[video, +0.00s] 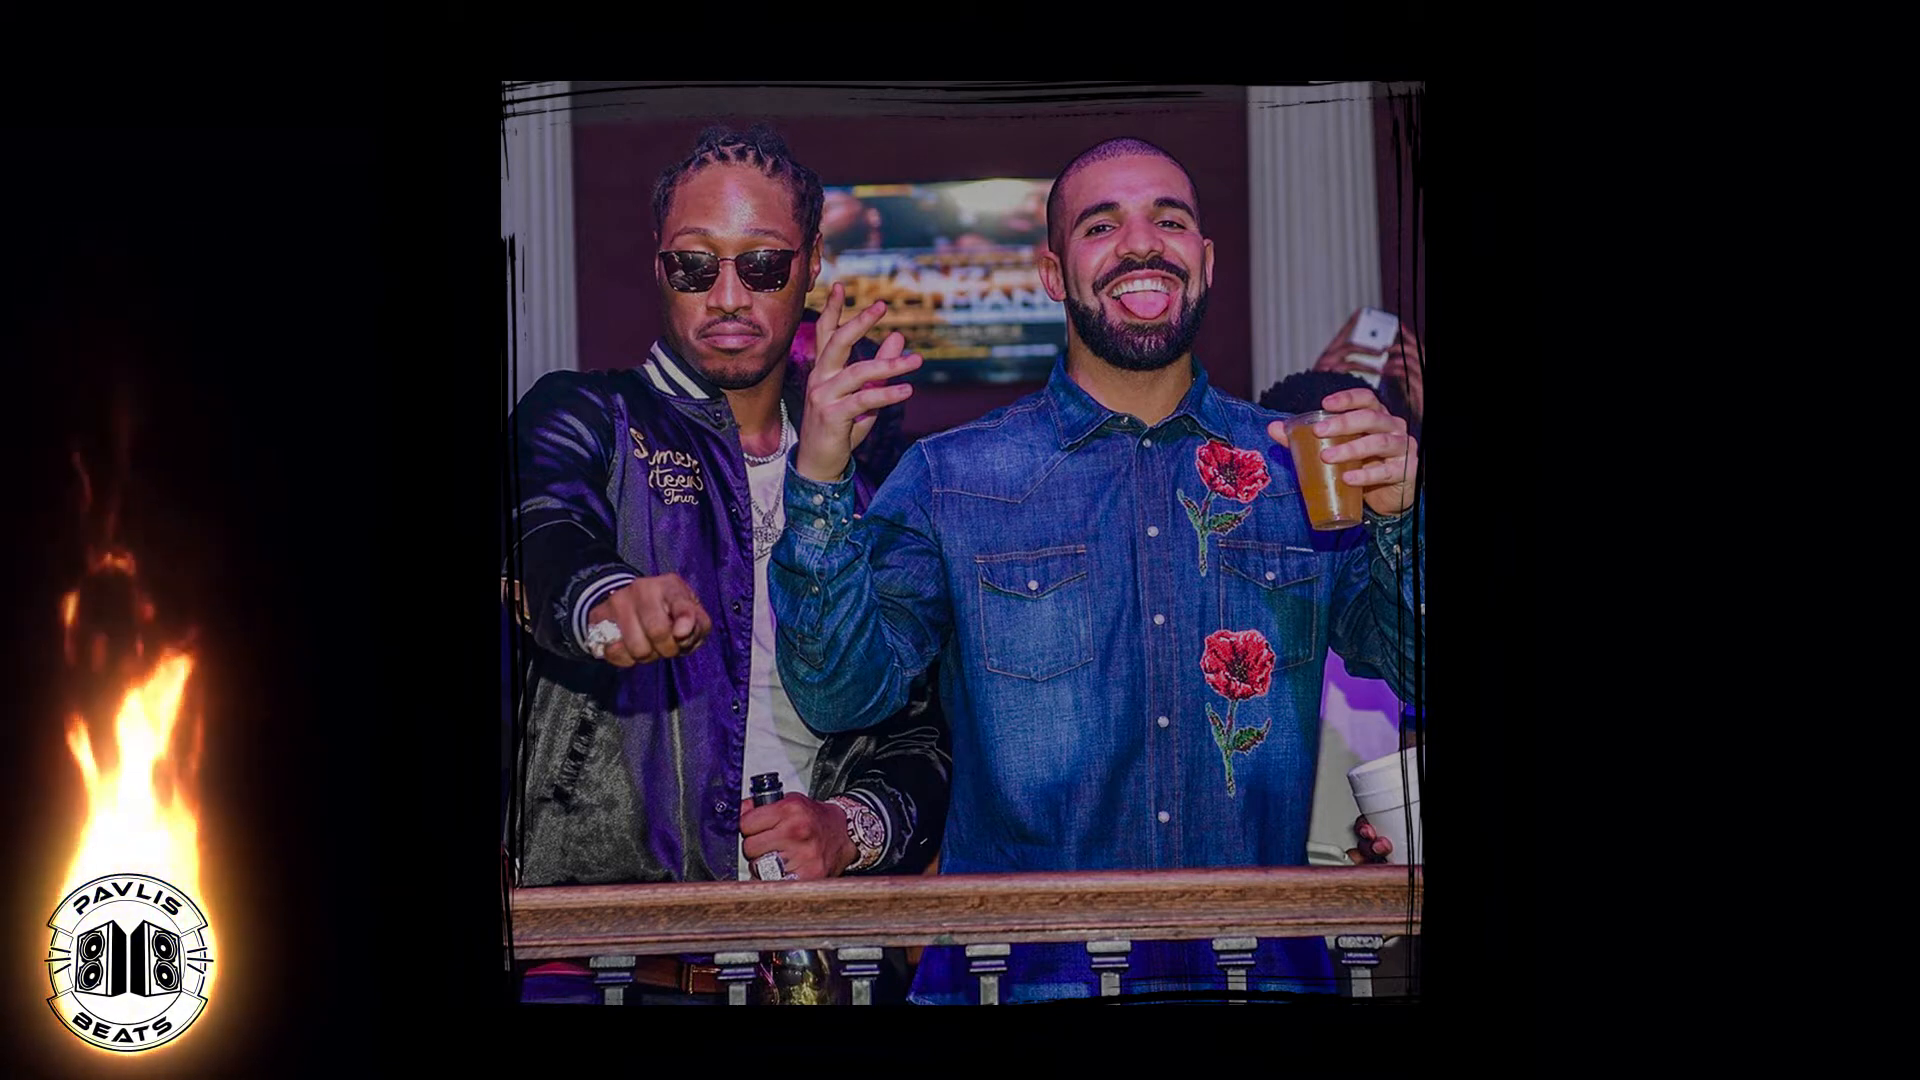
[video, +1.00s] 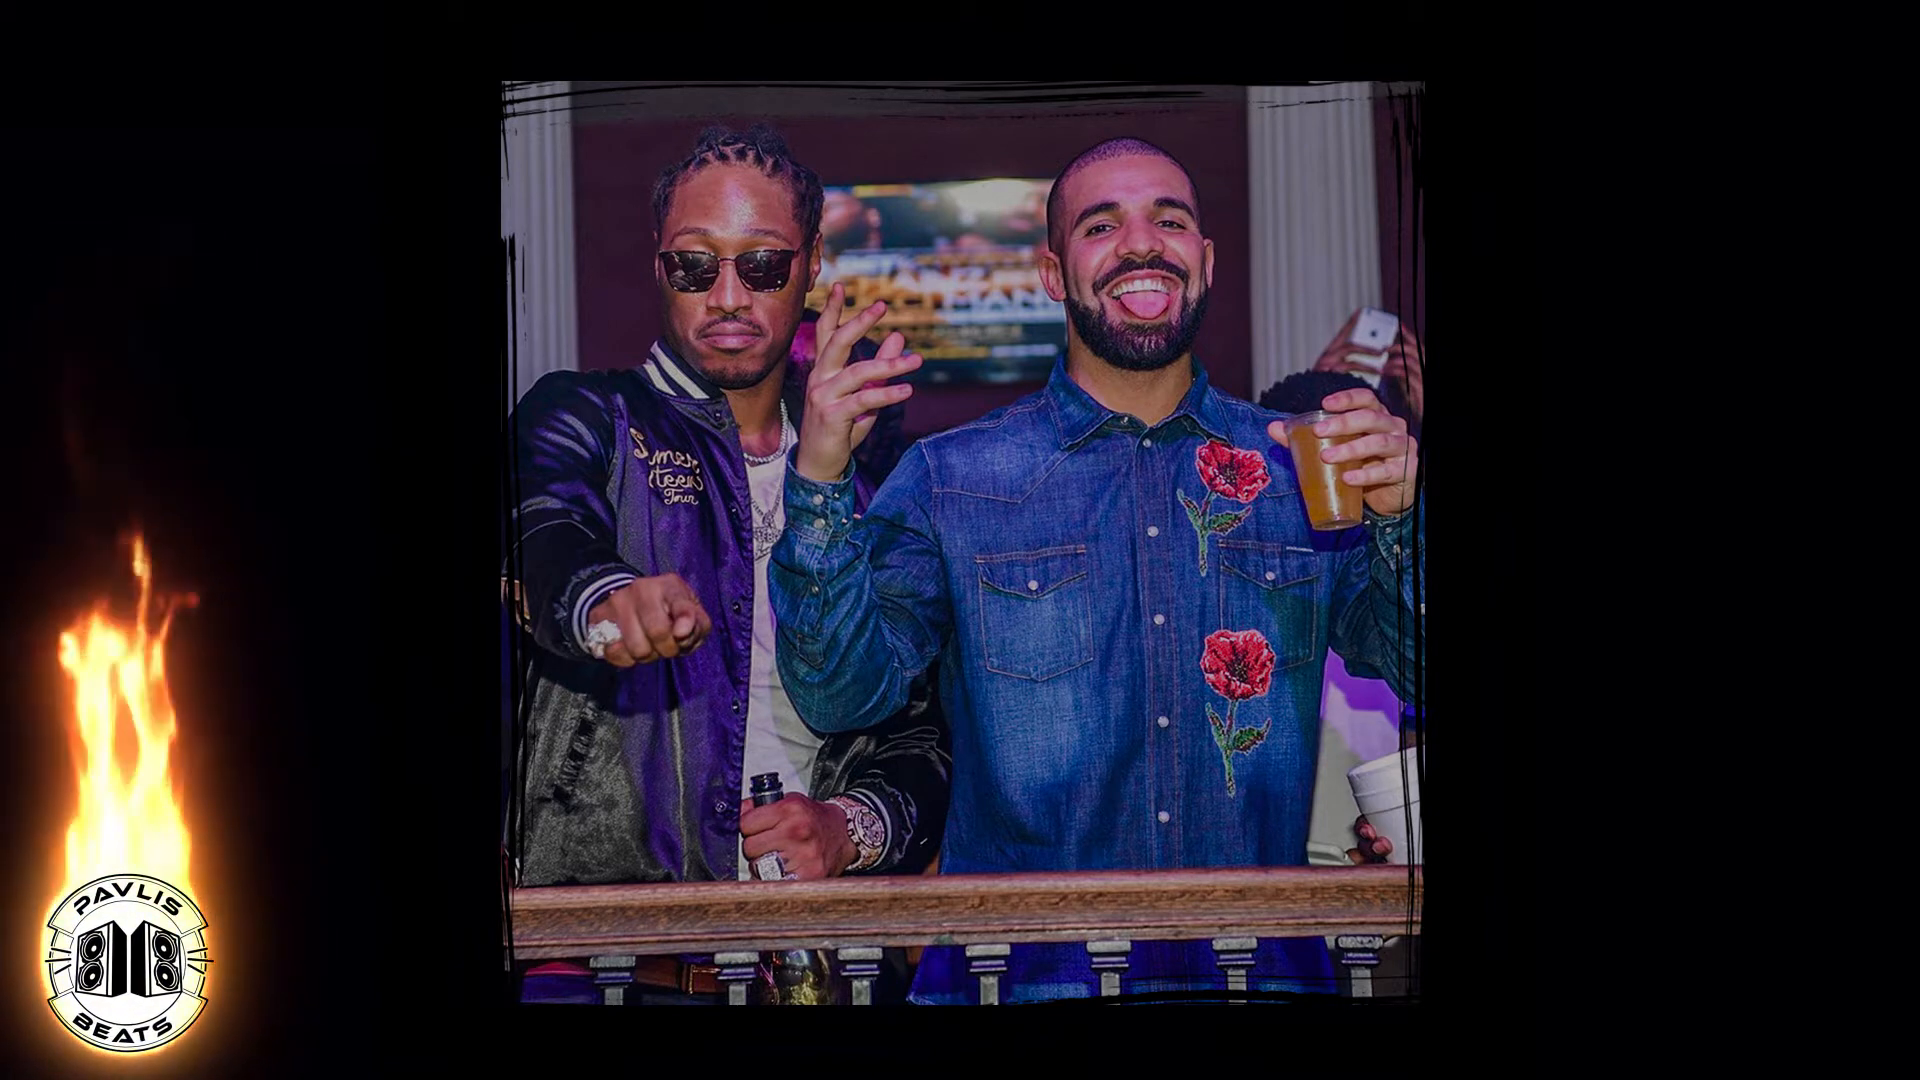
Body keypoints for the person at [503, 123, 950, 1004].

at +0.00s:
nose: (729, 296)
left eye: (764, 266)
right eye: (694, 266)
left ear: (811, 274)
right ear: (658, 272)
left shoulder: (878, 460)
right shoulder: (581, 412)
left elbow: (926, 725)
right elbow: (540, 525)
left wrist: (857, 826)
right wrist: (602, 595)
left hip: (827, 944)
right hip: (605, 943)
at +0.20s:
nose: (729, 296)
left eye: (763, 266)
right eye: (694, 266)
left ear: (811, 274)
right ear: (658, 272)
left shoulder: (878, 460)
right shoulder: (581, 412)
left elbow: (926, 725)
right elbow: (540, 525)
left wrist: (857, 826)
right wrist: (602, 595)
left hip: (827, 944)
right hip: (605, 943)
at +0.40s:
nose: (729, 296)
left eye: (764, 266)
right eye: (694, 266)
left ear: (811, 274)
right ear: (658, 272)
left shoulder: (878, 460)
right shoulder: (581, 412)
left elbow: (926, 725)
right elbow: (540, 525)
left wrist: (857, 826)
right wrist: (602, 595)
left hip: (827, 943)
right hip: (605, 943)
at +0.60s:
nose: (729, 296)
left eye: (764, 266)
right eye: (694, 266)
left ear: (811, 274)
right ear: (658, 272)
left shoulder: (878, 460)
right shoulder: (581, 412)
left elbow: (926, 725)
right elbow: (540, 525)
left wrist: (857, 826)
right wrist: (602, 595)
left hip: (827, 943)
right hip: (605, 943)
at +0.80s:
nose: (729, 296)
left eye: (764, 266)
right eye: (694, 266)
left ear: (811, 274)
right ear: (658, 272)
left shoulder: (878, 459)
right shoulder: (581, 412)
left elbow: (926, 724)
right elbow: (540, 526)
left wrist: (855, 825)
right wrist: (601, 595)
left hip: (827, 942)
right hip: (606, 942)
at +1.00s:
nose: (729, 296)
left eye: (763, 266)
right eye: (694, 266)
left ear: (811, 274)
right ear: (658, 272)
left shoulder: (878, 460)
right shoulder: (581, 411)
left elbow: (927, 725)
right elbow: (540, 525)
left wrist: (857, 826)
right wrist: (602, 595)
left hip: (828, 944)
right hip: (606, 943)